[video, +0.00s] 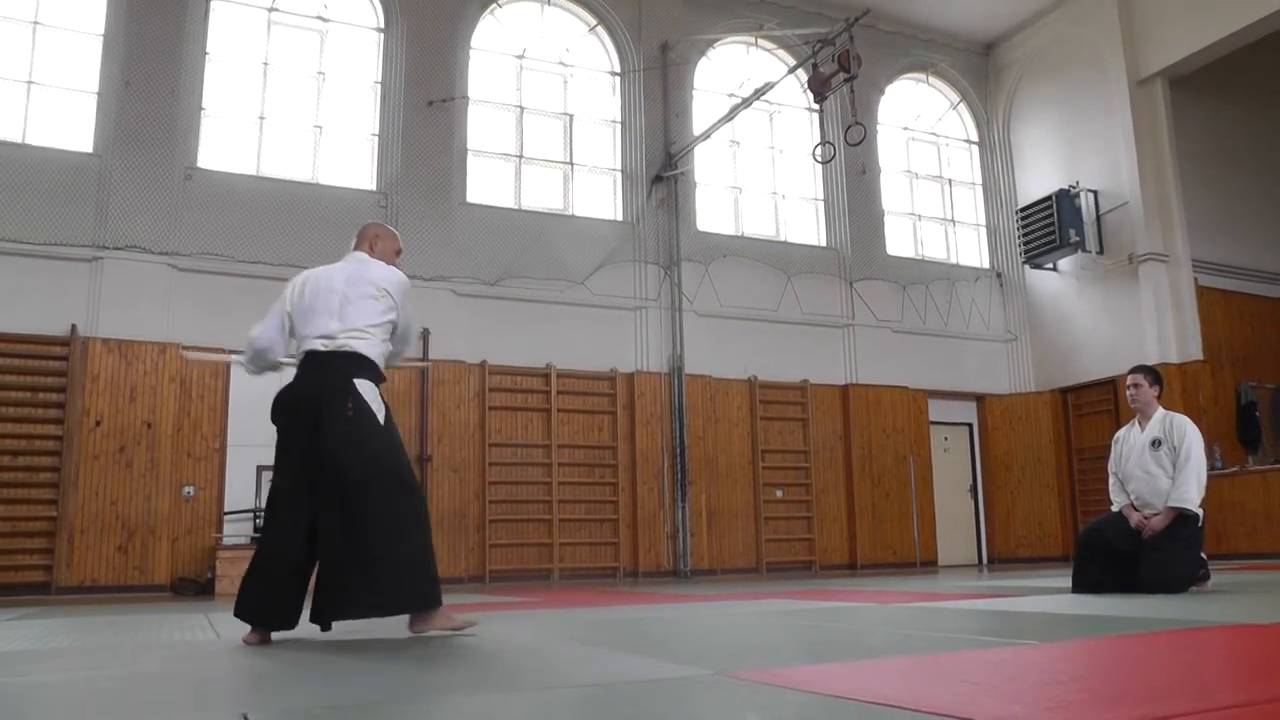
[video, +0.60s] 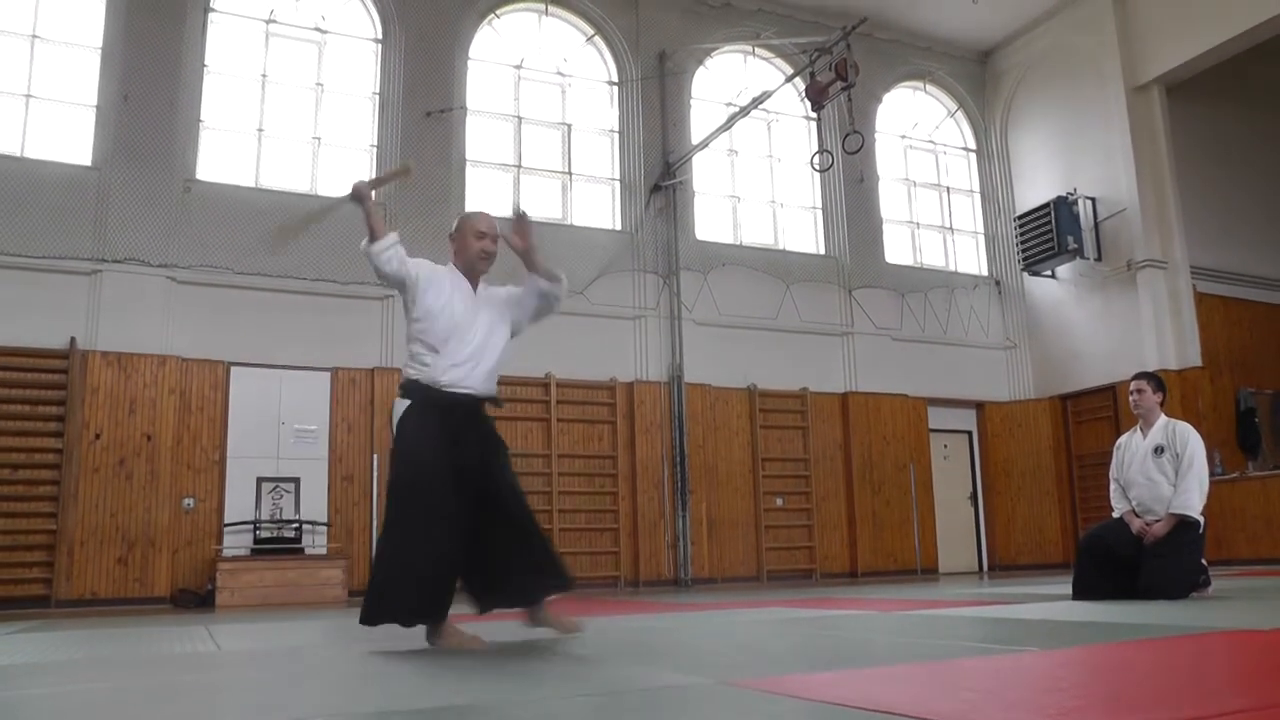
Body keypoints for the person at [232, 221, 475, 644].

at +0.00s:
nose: (398, 262)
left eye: (400, 255)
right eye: (396, 253)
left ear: (361, 244)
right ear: (371, 243)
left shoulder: (305, 279)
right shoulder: (393, 279)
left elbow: (263, 343)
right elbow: (401, 344)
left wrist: (264, 361)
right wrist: (370, 359)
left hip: (302, 393)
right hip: (354, 394)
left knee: (292, 505)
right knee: (403, 497)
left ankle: (261, 624)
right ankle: (426, 610)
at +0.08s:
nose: (410, 264)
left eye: (411, 257)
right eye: (408, 255)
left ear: (374, 246)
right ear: (383, 245)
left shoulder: (319, 287)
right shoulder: (400, 279)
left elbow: (295, 365)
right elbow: (432, 343)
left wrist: (306, 399)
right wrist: (421, 364)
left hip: (308, 400)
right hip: (360, 399)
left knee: (296, 508)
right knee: (412, 505)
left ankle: (261, 624)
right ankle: (432, 615)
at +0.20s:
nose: (437, 263)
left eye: (438, 258)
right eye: (434, 255)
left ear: (400, 250)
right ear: (408, 246)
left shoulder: (360, 292)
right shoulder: (411, 278)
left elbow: (354, 353)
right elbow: (470, 306)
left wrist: (405, 388)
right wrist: (523, 329)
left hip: (341, 402)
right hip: (381, 405)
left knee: (312, 509)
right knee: (429, 510)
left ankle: (274, 612)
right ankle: (435, 619)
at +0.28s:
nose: (455, 264)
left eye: (455, 258)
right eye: (450, 255)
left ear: (423, 252)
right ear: (423, 251)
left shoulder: (404, 298)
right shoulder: (409, 276)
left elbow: (408, 376)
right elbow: (473, 285)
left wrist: (466, 397)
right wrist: (533, 291)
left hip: (378, 400)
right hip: (395, 400)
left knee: (352, 508)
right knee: (437, 510)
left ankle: (301, 598)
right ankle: (437, 622)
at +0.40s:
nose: (481, 262)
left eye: (482, 256)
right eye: (476, 253)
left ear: (466, 260)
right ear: (449, 251)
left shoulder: (453, 315)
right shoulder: (429, 290)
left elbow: (460, 371)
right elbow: (427, 278)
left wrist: (509, 373)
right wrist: (432, 253)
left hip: (429, 416)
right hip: (407, 410)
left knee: (440, 517)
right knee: (441, 516)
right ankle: (437, 624)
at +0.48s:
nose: (492, 257)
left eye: (493, 250)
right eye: (485, 247)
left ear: (469, 251)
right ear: (456, 246)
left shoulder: (476, 318)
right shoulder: (437, 276)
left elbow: (507, 354)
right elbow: (410, 262)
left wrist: (537, 331)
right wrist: (381, 243)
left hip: (449, 416)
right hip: (417, 408)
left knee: (462, 509)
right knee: (439, 509)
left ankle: (444, 618)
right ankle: (442, 619)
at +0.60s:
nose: (490, 246)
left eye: (495, 240)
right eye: (481, 236)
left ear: (498, 249)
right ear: (455, 242)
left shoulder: (503, 301)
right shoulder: (426, 275)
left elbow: (550, 294)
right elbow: (386, 259)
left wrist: (528, 255)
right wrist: (369, 206)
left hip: (473, 416)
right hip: (427, 412)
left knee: (505, 506)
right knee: (434, 514)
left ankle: (537, 604)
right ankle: (438, 624)